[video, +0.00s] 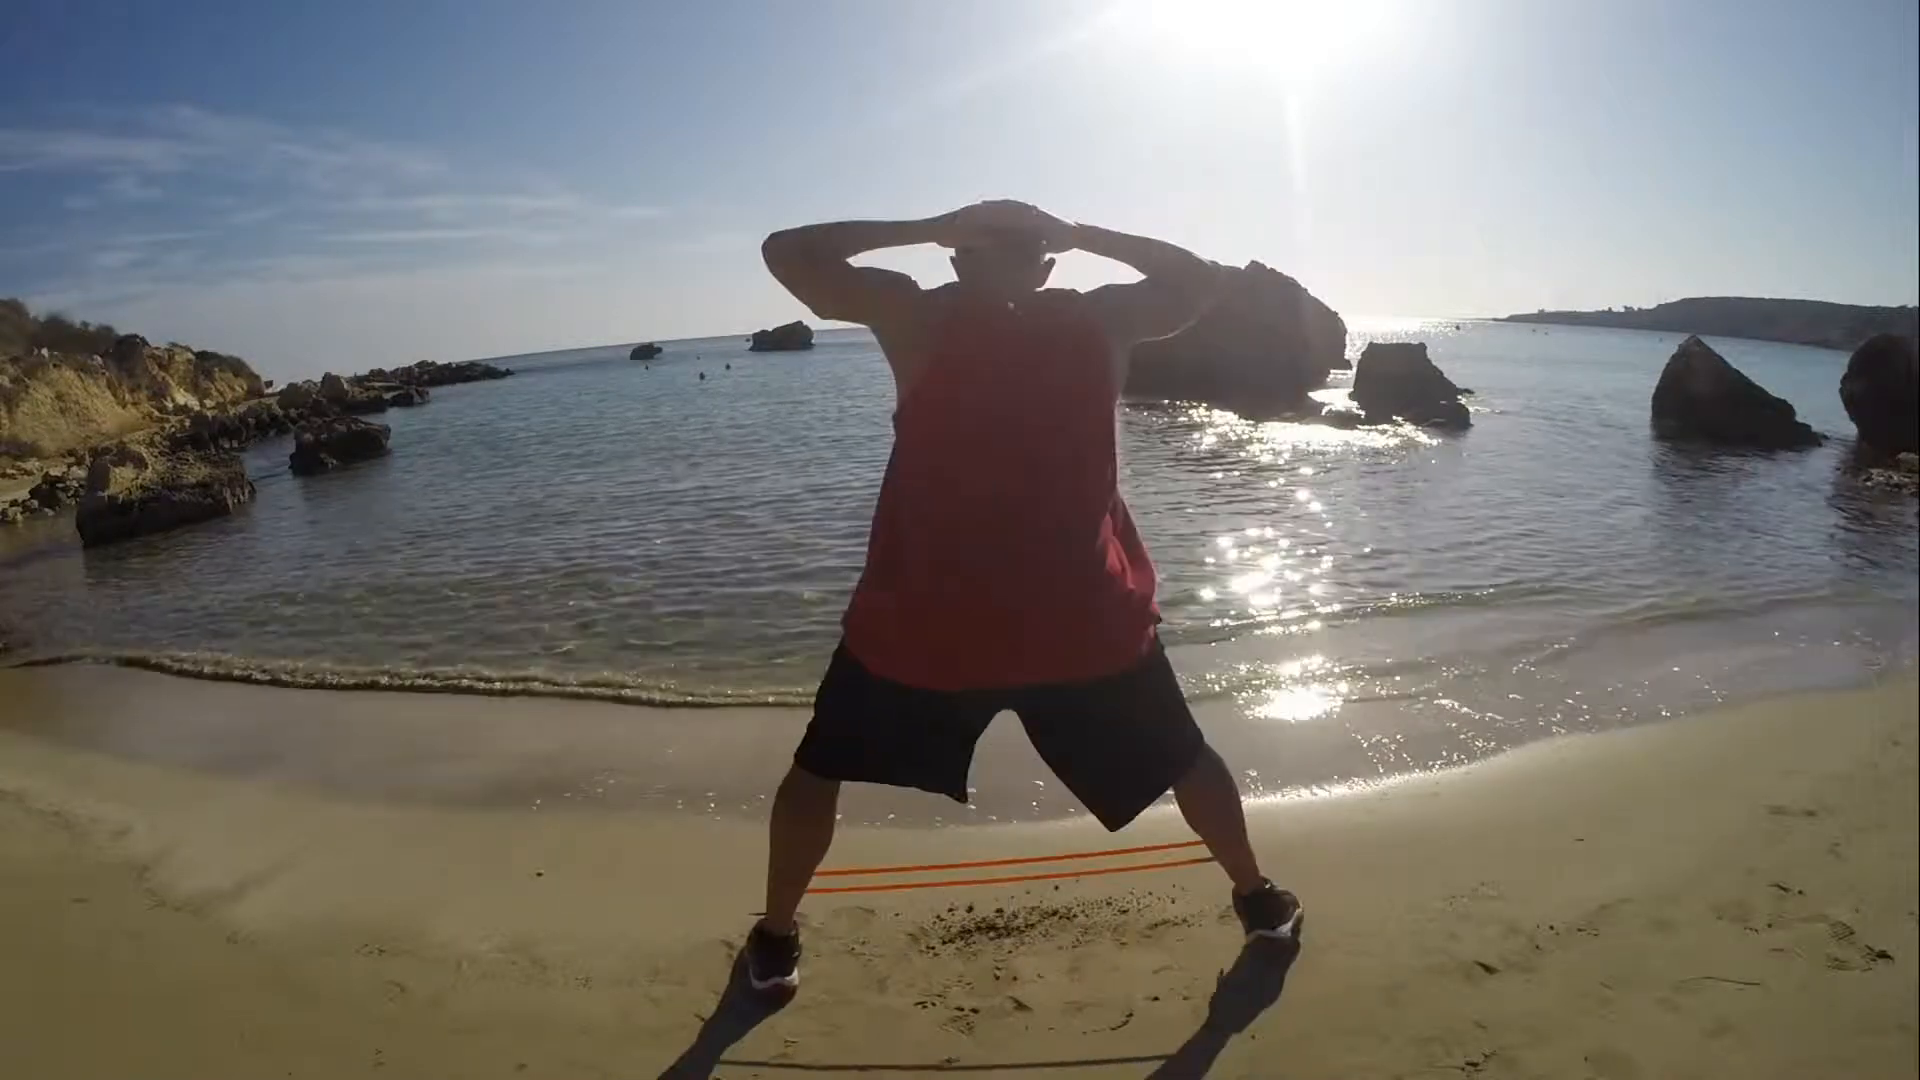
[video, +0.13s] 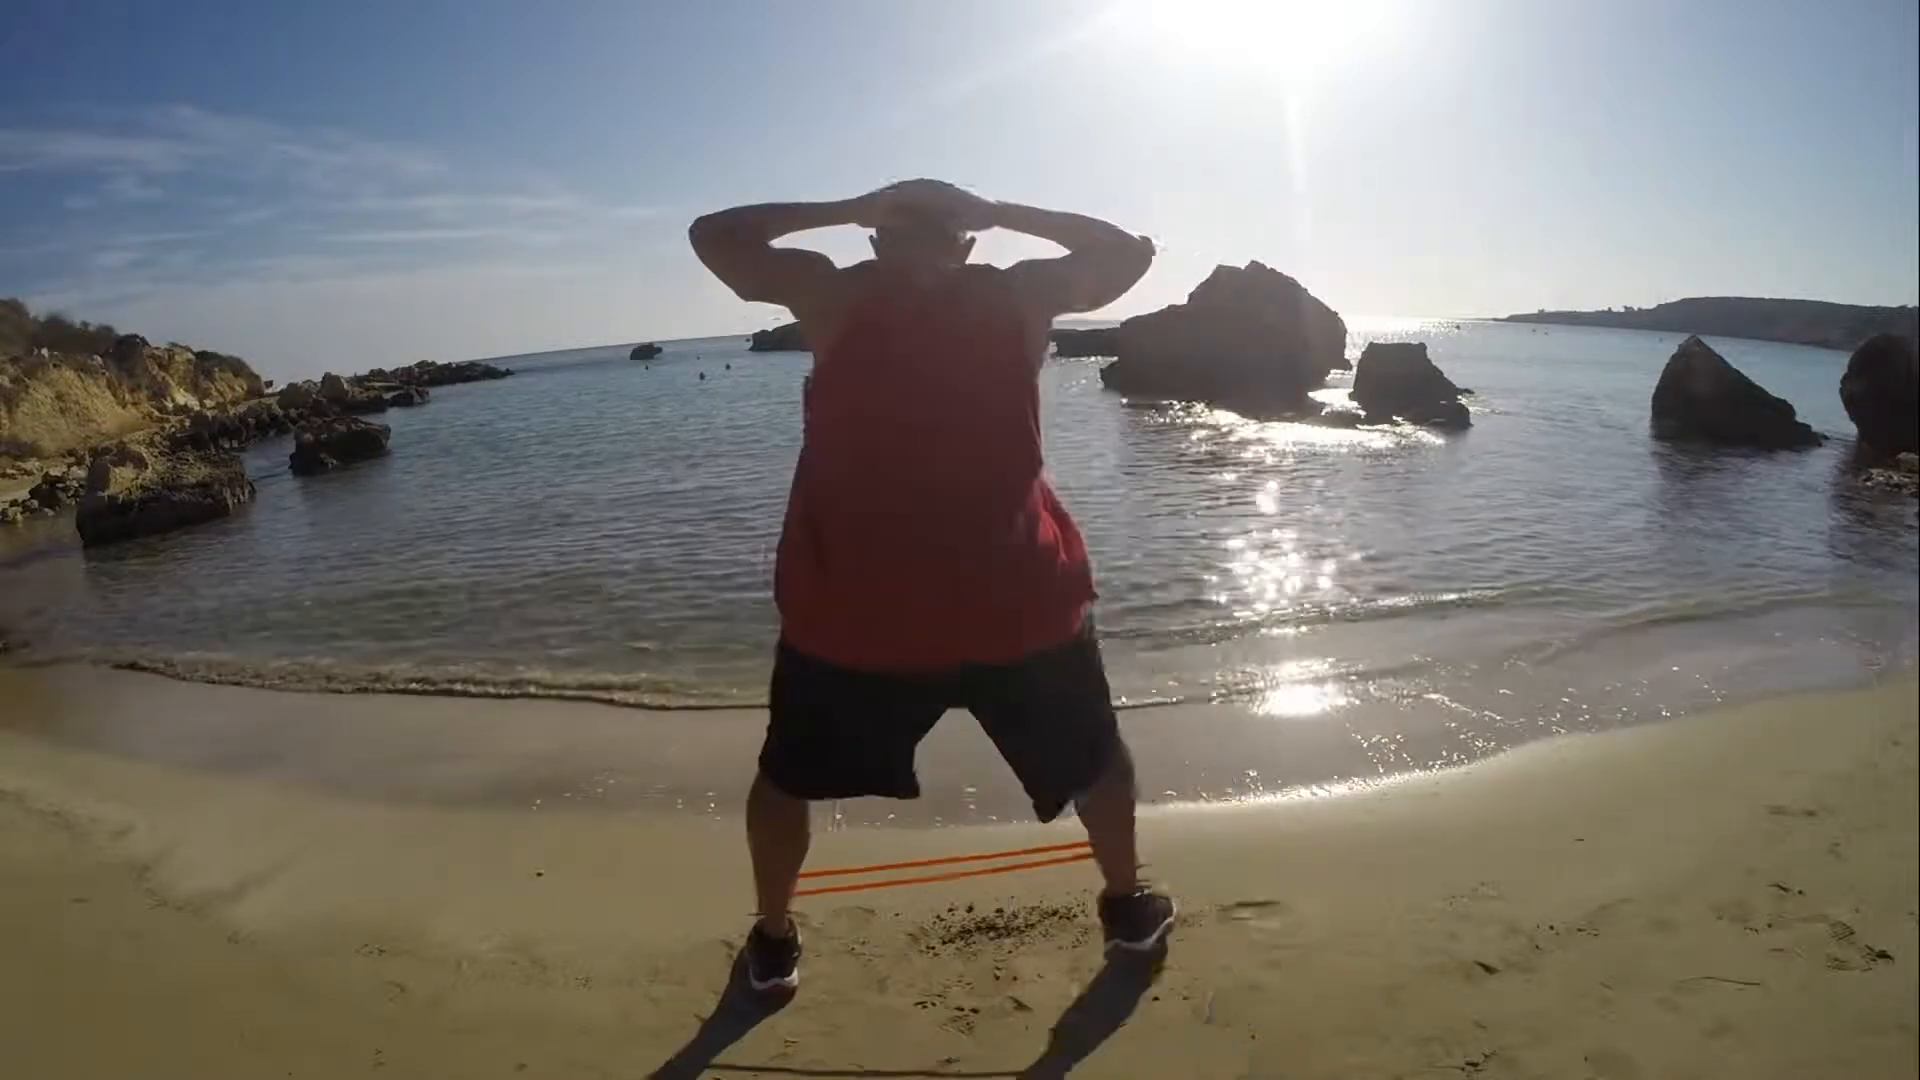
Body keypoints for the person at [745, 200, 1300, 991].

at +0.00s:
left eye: (988, 239)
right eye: (1027, 239)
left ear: (961, 254)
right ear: (1048, 259)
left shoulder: (913, 318)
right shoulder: (1101, 323)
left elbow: (789, 252)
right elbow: (1196, 277)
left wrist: (929, 228)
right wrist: (1077, 233)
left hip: (924, 604)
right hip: (1080, 604)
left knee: (817, 768)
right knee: (1184, 755)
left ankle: (773, 941)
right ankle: (1257, 898)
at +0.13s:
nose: (914, 223)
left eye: (903, 214)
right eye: (934, 213)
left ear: (878, 238)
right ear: (968, 239)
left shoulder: (833, 298)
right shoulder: (1019, 297)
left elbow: (715, 234)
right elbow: (1128, 250)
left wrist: (851, 208)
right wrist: (995, 211)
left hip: (854, 593)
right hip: (1010, 585)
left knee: (785, 773)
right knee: (1092, 748)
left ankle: (771, 940)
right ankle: (1126, 904)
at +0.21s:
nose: (880, 220)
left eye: (871, 210)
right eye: (889, 210)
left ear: (839, 232)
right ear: (933, 233)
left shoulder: (795, 293)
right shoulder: (986, 289)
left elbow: (680, 238)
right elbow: (1094, 240)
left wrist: (810, 207)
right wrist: (960, 204)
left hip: (826, 590)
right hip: (981, 583)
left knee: (775, 778)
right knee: (1018, 745)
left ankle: (767, 939)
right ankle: (998, 911)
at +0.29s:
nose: (868, 223)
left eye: (847, 211)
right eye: (883, 212)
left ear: (815, 233)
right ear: (906, 233)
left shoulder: (770, 294)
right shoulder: (960, 289)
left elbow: (656, 243)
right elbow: (1069, 238)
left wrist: (786, 210)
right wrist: (931, 203)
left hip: (799, 595)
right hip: (944, 593)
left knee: (757, 774)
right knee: (948, 748)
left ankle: (765, 938)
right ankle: (912, 913)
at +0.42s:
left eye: (813, 221)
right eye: (858, 222)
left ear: (789, 244)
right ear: (882, 245)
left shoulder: (750, 305)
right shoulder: (936, 300)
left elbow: (633, 256)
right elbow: (1042, 246)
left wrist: (763, 220)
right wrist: (910, 214)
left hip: (784, 606)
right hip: (922, 602)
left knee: (748, 784)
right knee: (918, 766)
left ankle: (765, 941)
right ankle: (891, 919)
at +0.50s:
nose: (827, 234)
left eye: (811, 224)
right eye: (839, 224)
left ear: (780, 249)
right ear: (872, 245)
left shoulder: (743, 311)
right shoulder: (929, 298)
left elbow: (627, 264)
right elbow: (1034, 247)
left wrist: (751, 226)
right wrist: (900, 217)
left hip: (794, 601)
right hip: (939, 594)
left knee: (756, 786)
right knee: (961, 740)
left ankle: (767, 940)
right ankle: (935, 902)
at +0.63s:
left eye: (812, 234)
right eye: (850, 229)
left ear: (788, 248)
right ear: (873, 241)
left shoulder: (752, 310)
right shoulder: (932, 288)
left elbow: (637, 272)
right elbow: (1037, 235)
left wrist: (756, 229)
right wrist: (900, 213)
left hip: (819, 589)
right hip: (971, 570)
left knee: (778, 773)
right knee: (1046, 718)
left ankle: (771, 936)